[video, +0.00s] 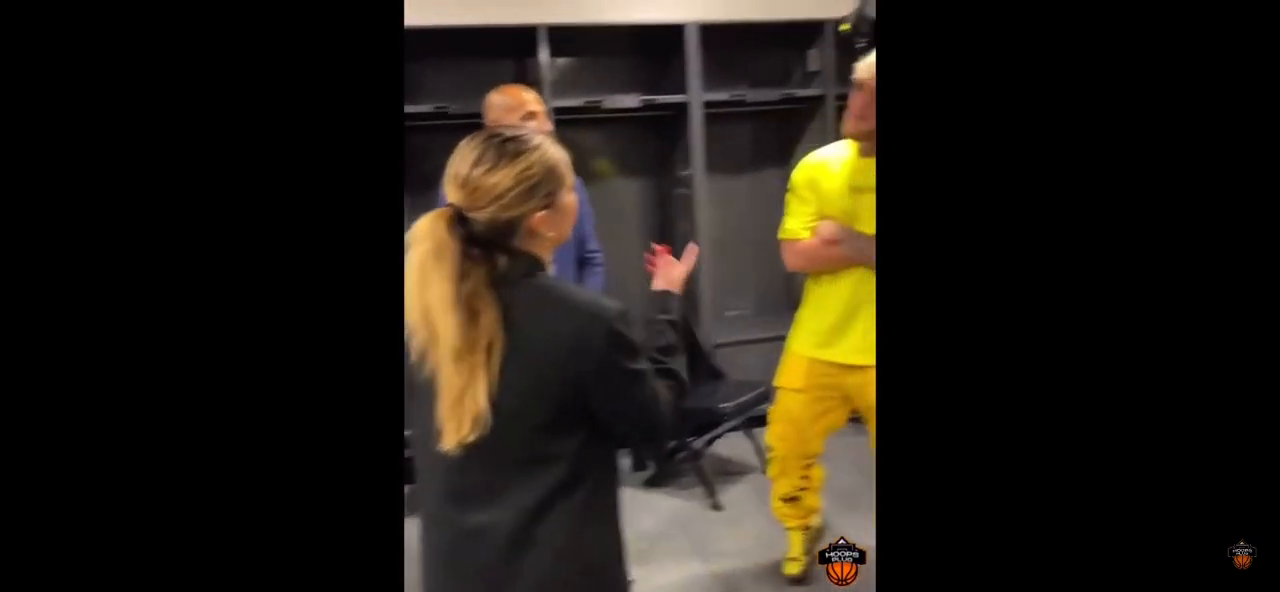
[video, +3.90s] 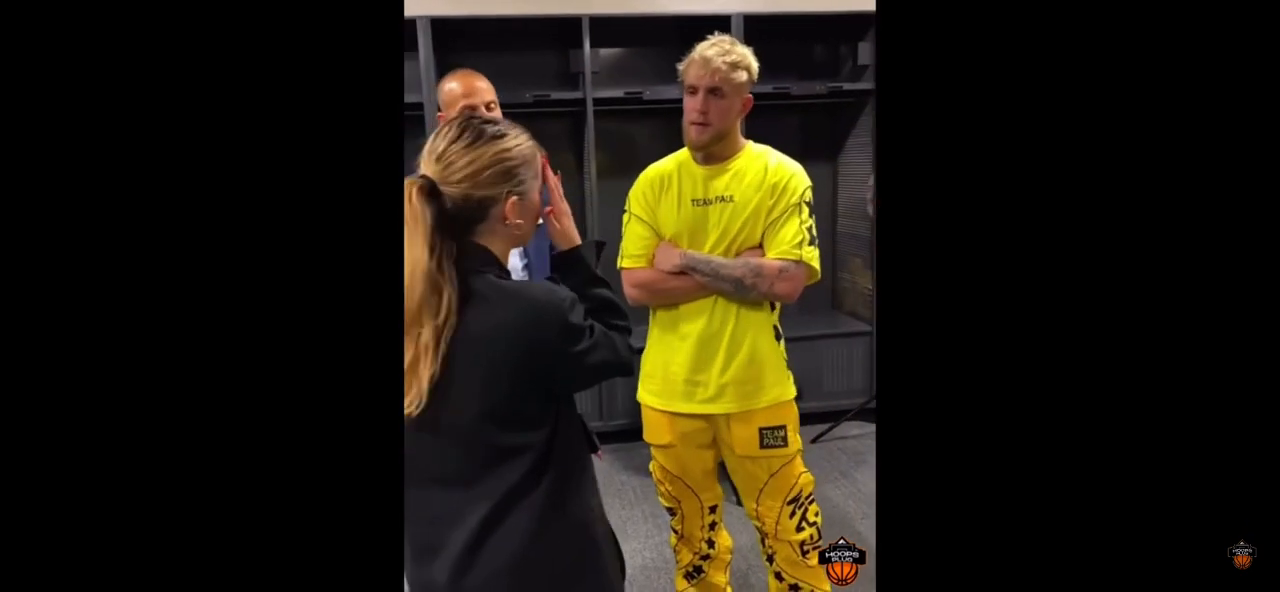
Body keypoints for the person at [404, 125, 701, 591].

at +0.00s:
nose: (578, 199)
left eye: (573, 188)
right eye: (570, 190)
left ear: (470, 212)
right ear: (540, 220)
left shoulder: (429, 308)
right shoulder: (584, 323)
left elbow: (424, 447)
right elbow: (654, 422)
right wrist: (668, 302)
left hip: (454, 569)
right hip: (559, 571)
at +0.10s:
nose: (551, 208)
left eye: (545, 195)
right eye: (543, 198)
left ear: (440, 218)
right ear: (512, 230)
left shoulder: (412, 314)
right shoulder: (558, 330)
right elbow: (628, 414)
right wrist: (629, 287)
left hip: (424, 568)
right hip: (532, 569)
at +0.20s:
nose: (528, 217)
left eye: (523, 205)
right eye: (520, 208)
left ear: (419, 221)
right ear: (492, 236)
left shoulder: (409, 317)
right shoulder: (530, 331)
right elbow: (611, 398)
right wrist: (581, 283)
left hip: (417, 568)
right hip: (515, 570)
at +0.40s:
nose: (492, 221)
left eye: (488, 210)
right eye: (485, 212)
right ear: (461, 238)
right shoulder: (494, 332)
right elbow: (575, 374)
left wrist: (518, 280)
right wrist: (521, 277)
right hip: (489, 569)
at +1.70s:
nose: (484, 207)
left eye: (481, 194)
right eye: (481, 195)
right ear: (462, 227)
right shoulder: (492, 348)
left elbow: (548, 433)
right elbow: (552, 435)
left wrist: (565, 319)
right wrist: (568, 318)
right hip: (486, 574)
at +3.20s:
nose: (481, 202)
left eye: (474, 190)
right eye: (471, 193)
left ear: (439, 223)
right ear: (443, 224)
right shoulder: (488, 334)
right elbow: (570, 393)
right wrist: (525, 288)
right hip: (484, 569)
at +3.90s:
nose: (544, 203)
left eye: (541, 190)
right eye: (537, 192)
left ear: (443, 202)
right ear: (510, 210)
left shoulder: (414, 298)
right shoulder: (535, 310)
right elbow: (617, 349)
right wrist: (571, 252)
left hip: (430, 556)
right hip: (532, 559)